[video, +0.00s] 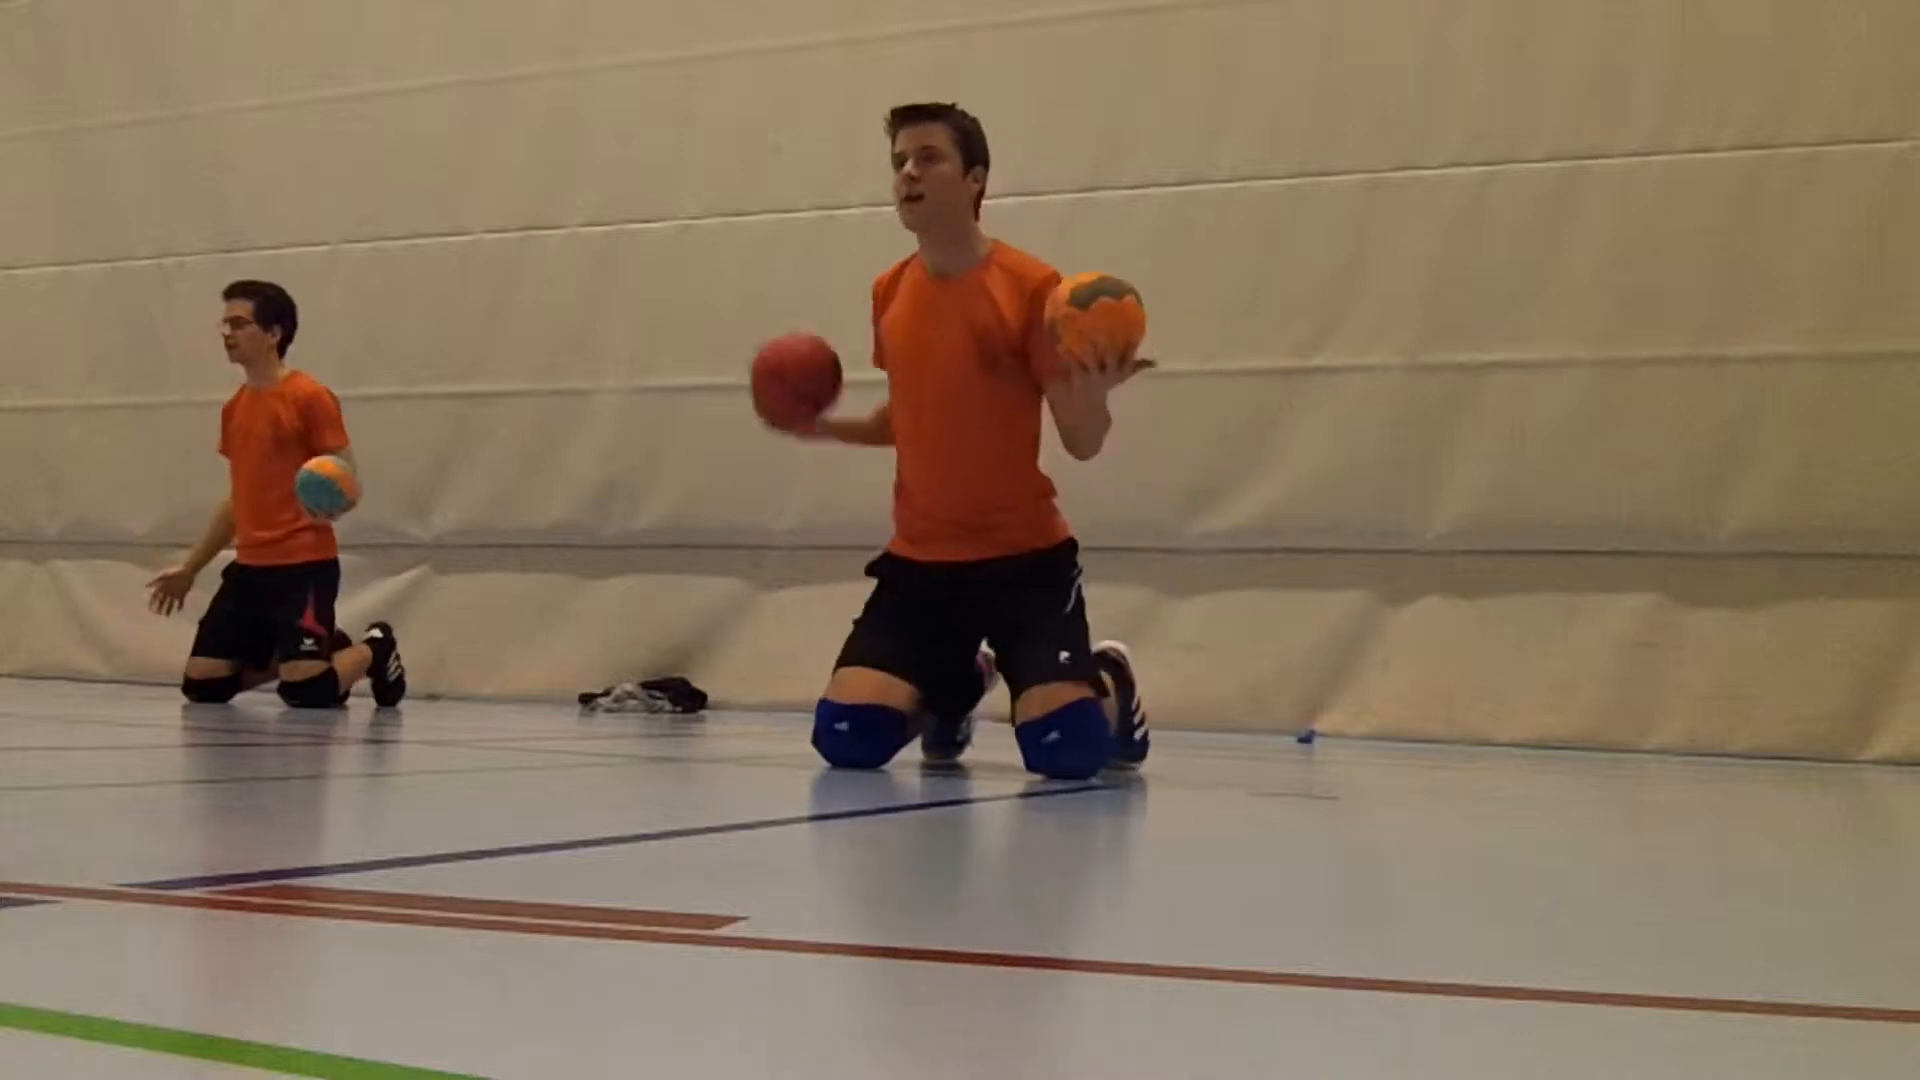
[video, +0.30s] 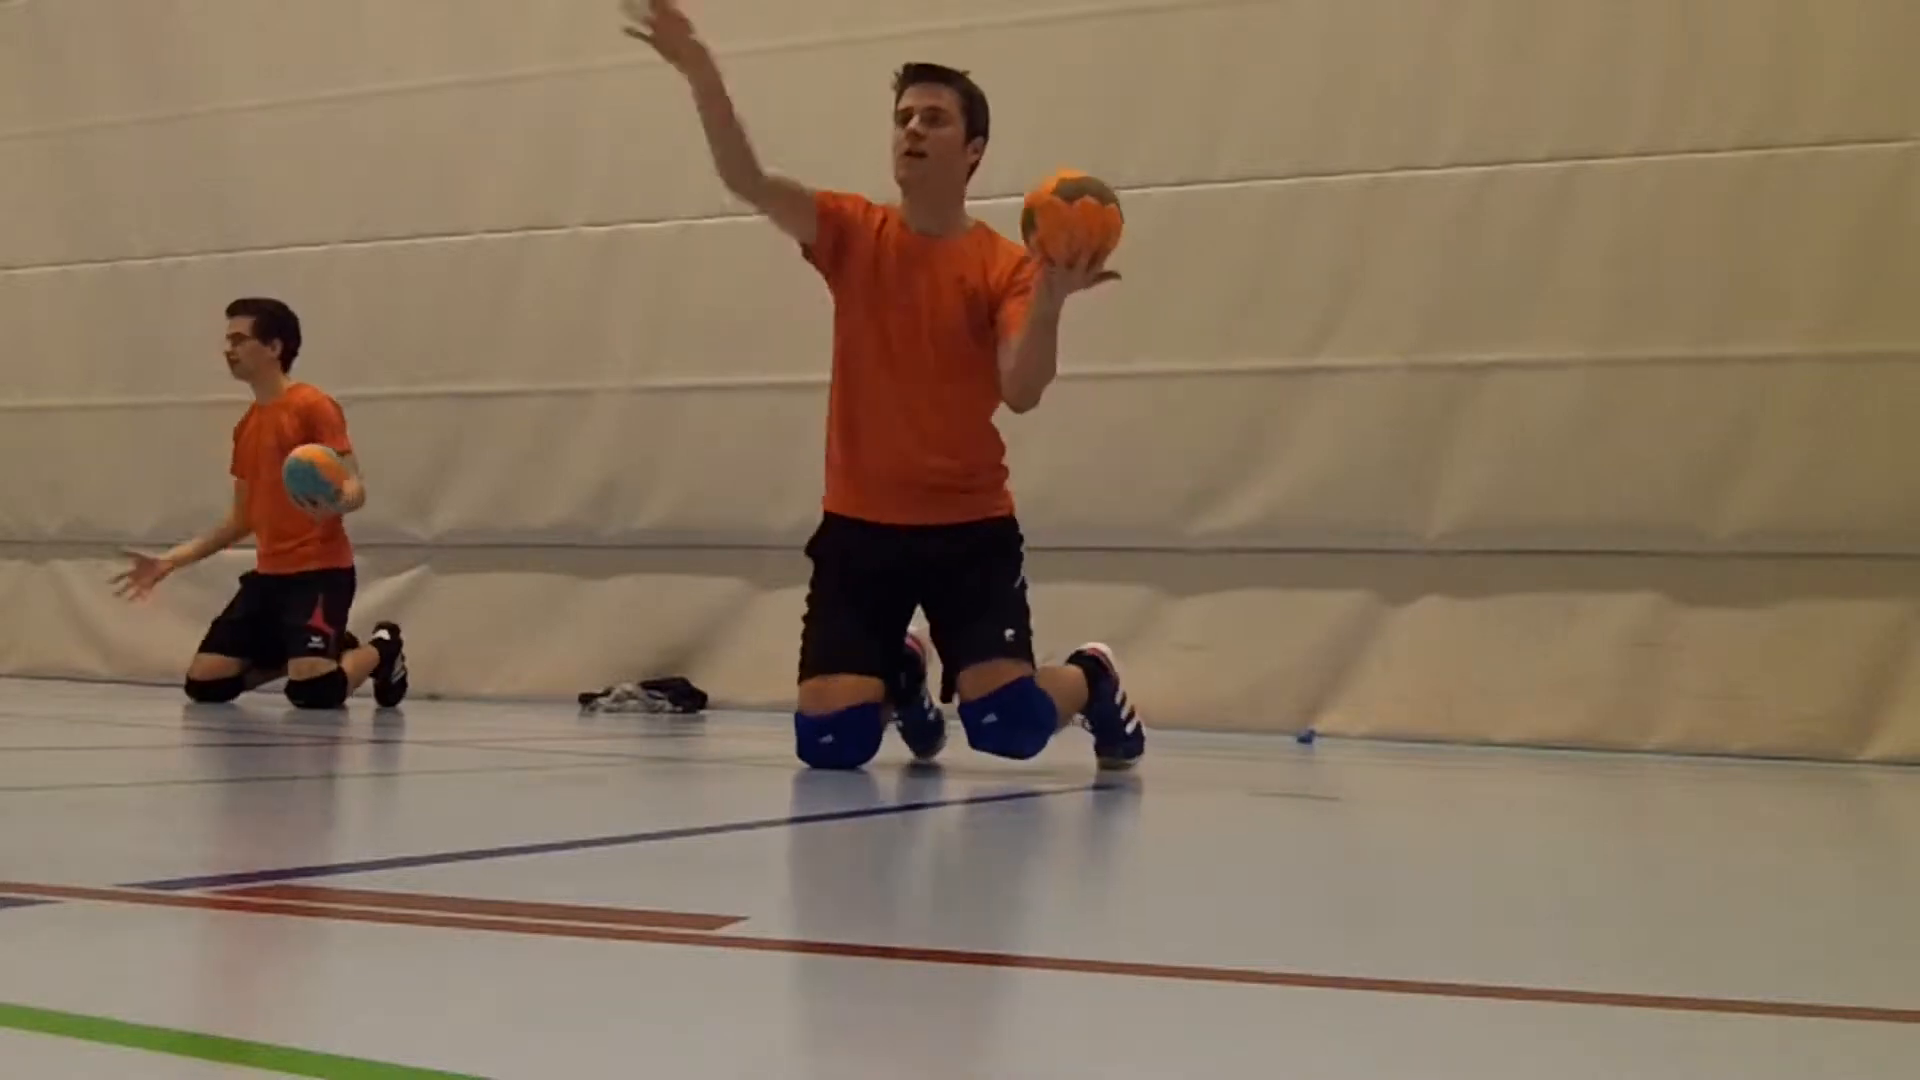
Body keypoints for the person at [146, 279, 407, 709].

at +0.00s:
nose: (227, 333)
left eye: (239, 323)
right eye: (225, 324)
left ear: (274, 334)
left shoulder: (309, 397)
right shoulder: (236, 408)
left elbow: (348, 482)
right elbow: (239, 501)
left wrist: (329, 501)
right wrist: (189, 569)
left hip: (306, 567)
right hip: (249, 570)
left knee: (305, 692)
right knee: (202, 687)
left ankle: (375, 649)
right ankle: (306, 655)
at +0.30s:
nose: (228, 349)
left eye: (239, 339)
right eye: (227, 340)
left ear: (274, 348)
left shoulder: (312, 406)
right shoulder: (248, 427)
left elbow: (354, 486)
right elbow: (241, 522)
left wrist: (337, 503)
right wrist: (168, 562)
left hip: (321, 573)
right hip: (268, 576)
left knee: (310, 692)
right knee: (205, 685)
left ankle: (382, 650)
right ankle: (319, 653)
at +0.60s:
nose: (156, 447)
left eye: (164, 436)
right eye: (157, 436)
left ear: (199, 437)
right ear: (189, 439)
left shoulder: (263, 469)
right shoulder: (191, 515)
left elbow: (321, 527)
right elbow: (129, 576)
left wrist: (286, 533)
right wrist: (53, 615)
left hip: (342, 588)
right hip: (292, 603)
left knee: (324, 686)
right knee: (201, 679)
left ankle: (412, 652)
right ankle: (312, 665)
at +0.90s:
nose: (106, 459)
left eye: (114, 447)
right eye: (104, 449)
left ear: (148, 442)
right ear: (140, 446)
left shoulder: (209, 463)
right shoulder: (178, 504)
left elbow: (270, 526)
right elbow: (243, 568)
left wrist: (202, 550)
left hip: (320, 567)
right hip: (276, 591)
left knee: (327, 654)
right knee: (200, 680)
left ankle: (445, 661)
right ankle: (317, 659)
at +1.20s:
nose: (138, 389)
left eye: (148, 378)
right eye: (137, 380)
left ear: (185, 384)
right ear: (179, 389)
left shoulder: (218, 433)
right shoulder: (198, 441)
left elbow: (244, 525)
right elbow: (229, 501)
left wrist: (163, 549)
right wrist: (209, 514)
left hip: (302, 561)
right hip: (260, 579)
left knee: (309, 665)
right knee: (198, 685)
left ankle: (423, 662)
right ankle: (310, 653)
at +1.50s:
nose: (207, 342)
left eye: (220, 333)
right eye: (207, 333)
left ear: (254, 346)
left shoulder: (270, 401)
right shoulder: (233, 417)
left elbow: (281, 494)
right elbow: (204, 491)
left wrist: (203, 506)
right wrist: (166, 437)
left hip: (292, 564)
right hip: (244, 570)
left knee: (309, 687)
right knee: (196, 686)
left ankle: (421, 666)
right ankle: (314, 651)